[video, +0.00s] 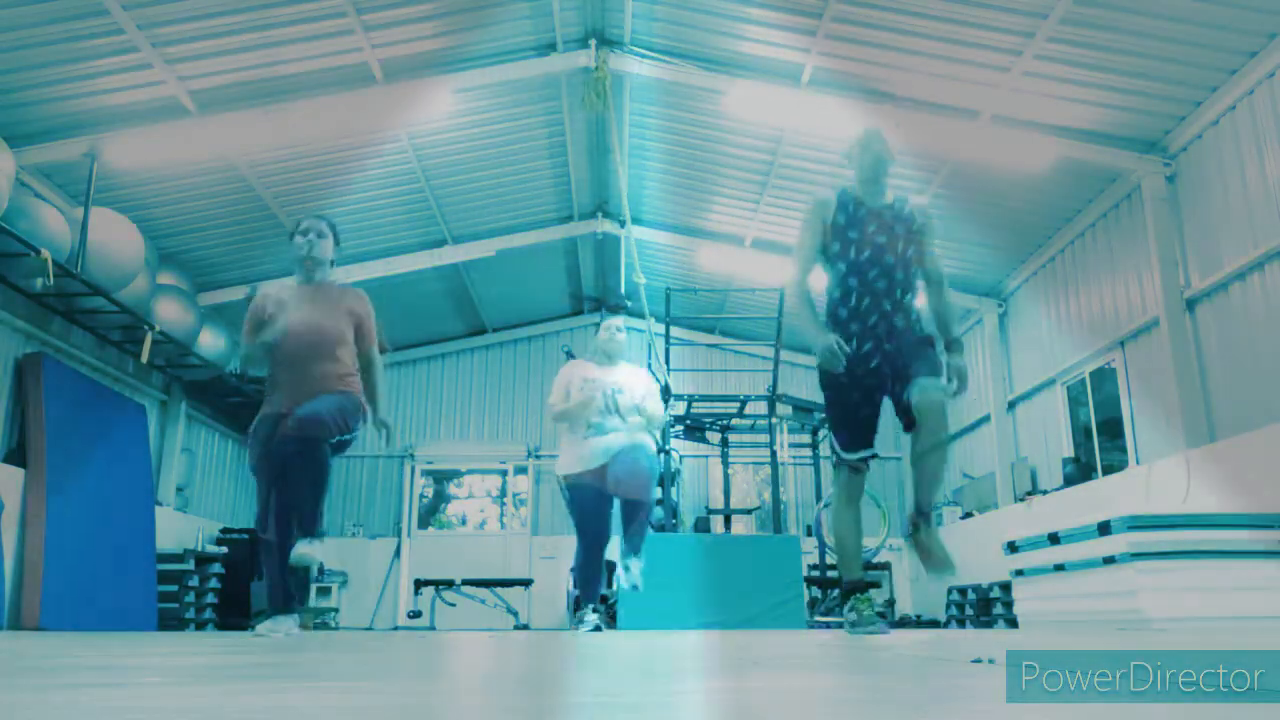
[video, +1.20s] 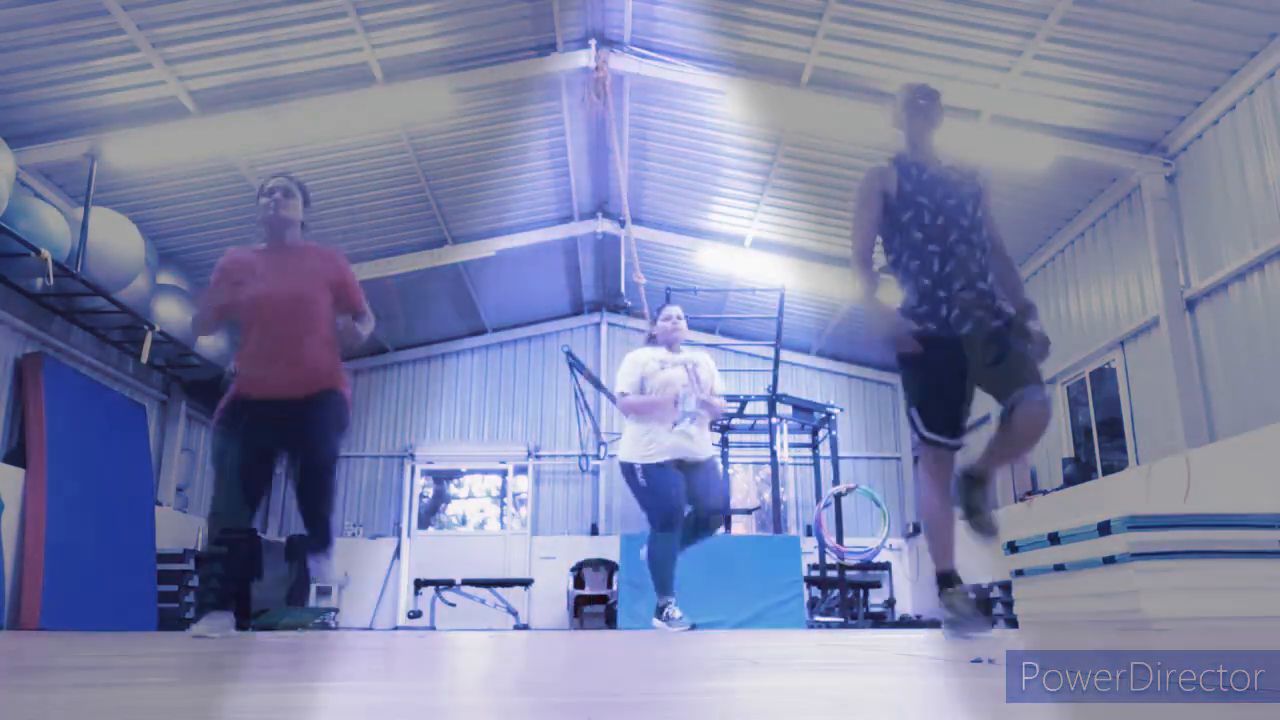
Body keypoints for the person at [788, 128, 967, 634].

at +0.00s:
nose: (875, 161)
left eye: (881, 154)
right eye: (867, 153)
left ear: (890, 163)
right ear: (851, 161)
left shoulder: (912, 219)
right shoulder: (828, 210)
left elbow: (936, 286)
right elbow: (797, 281)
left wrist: (953, 348)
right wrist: (816, 334)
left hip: (904, 338)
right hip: (846, 342)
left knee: (932, 404)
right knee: (851, 474)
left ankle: (922, 524)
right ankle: (857, 599)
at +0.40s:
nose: (908, 148)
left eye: (915, 140)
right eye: (900, 140)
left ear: (925, 147)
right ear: (885, 147)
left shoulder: (950, 204)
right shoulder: (855, 202)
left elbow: (977, 272)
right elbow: (828, 277)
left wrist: (991, 335)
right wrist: (830, 344)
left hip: (937, 352)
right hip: (874, 351)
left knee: (946, 473)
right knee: (878, 456)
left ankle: (952, 594)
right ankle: (848, 532)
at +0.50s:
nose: (908, 136)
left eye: (916, 127)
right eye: (901, 126)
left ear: (926, 134)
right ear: (886, 134)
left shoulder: (949, 193)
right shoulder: (859, 190)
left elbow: (983, 257)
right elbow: (830, 270)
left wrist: (997, 310)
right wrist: (820, 338)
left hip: (936, 333)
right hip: (876, 326)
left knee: (939, 463)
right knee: (902, 393)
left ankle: (943, 585)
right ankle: (865, 452)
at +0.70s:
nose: (906, 139)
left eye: (913, 131)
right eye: (899, 131)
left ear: (924, 141)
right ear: (887, 141)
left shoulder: (952, 204)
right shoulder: (860, 204)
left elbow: (986, 268)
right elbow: (833, 282)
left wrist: (1014, 328)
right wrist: (820, 351)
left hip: (942, 332)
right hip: (883, 322)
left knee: (942, 465)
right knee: (931, 350)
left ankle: (937, 594)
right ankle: (898, 457)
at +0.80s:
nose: (907, 131)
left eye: (913, 122)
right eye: (900, 122)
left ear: (924, 130)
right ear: (886, 131)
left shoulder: (953, 190)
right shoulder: (861, 188)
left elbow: (986, 256)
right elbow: (835, 270)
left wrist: (1009, 320)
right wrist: (826, 343)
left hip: (950, 324)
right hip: (894, 318)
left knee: (954, 459)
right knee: (918, 412)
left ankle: (948, 583)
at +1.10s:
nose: (912, 128)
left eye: (919, 120)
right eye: (904, 120)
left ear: (930, 128)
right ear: (892, 128)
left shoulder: (961, 190)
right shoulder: (871, 188)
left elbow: (989, 260)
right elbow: (851, 262)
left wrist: (1018, 320)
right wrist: (856, 323)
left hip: (985, 331)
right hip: (922, 333)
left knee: (1010, 457)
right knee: (924, 460)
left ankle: (974, 550)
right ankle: (929, 589)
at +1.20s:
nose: (923, 116)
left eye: (929, 109)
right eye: (915, 108)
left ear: (940, 119)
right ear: (900, 117)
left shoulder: (967, 180)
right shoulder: (882, 178)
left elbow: (997, 253)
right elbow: (862, 257)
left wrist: (1025, 314)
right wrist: (881, 314)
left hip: (989, 321)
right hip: (929, 325)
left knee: (1033, 412)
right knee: (938, 459)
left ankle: (976, 476)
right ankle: (948, 587)